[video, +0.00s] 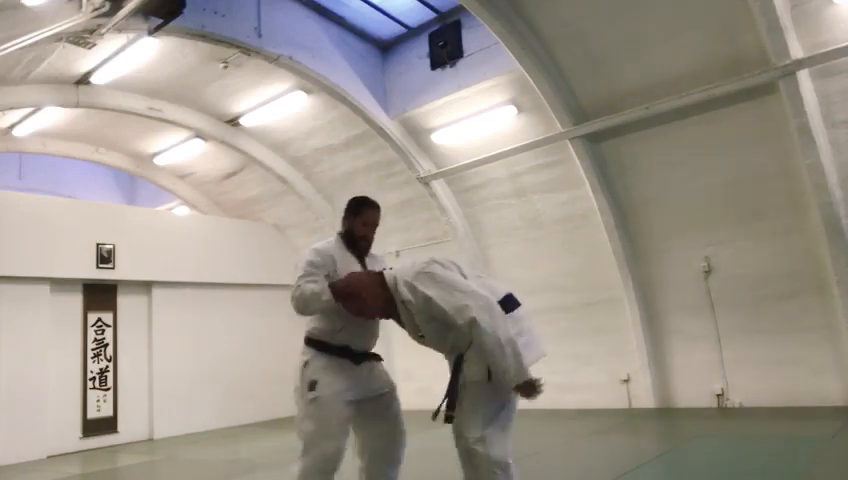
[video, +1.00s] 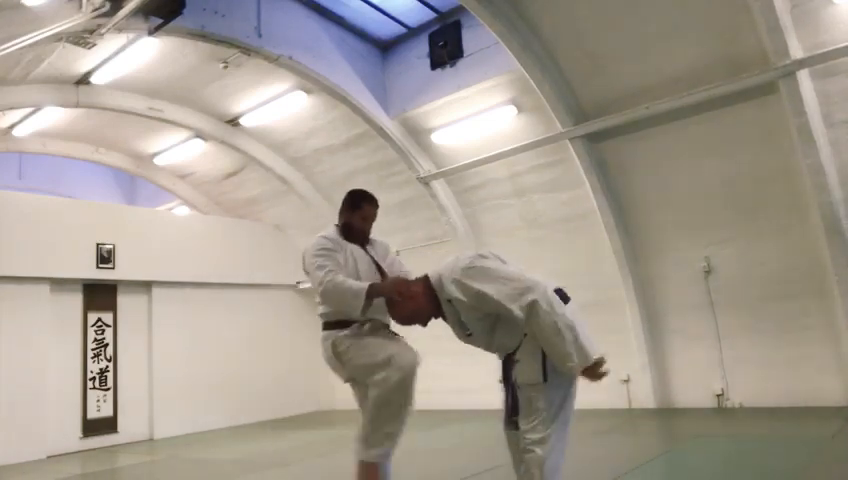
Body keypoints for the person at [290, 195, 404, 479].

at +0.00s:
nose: (371, 233)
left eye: (375, 227)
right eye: (365, 225)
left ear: (377, 227)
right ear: (347, 221)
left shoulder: (378, 263)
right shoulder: (322, 254)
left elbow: (391, 302)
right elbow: (301, 299)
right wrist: (344, 290)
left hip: (366, 363)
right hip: (325, 363)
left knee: (387, 444)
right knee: (324, 451)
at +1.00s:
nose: (370, 227)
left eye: (373, 221)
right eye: (366, 220)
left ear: (374, 219)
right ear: (346, 215)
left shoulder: (378, 248)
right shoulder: (322, 246)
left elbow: (404, 278)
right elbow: (327, 287)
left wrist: (417, 301)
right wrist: (377, 289)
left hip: (378, 332)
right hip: (344, 336)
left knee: (380, 411)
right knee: (402, 360)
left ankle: (377, 466)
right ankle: (372, 459)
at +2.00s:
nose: (394, 200)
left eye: (396, 192)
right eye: (390, 191)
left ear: (368, 187)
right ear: (364, 185)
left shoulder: (388, 228)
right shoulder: (349, 223)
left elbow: (423, 272)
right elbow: (410, 265)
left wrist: (485, 286)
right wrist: (481, 275)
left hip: (396, 346)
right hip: (354, 351)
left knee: (457, 381)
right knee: (376, 460)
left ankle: (390, 454)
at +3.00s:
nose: (513, 197)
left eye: (515, 191)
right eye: (506, 190)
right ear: (485, 186)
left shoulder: (501, 252)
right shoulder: (461, 206)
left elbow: (519, 287)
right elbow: (520, 196)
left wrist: (559, 265)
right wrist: (569, 176)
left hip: (485, 348)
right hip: (446, 338)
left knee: (509, 449)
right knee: (445, 458)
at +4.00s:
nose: (342, 222)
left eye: (343, 216)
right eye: (335, 215)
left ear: (343, 221)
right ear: (310, 219)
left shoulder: (344, 266)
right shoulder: (284, 260)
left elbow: (382, 295)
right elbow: (258, 320)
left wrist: (432, 312)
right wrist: (274, 374)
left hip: (337, 372)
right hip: (300, 373)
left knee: (340, 463)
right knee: (325, 464)